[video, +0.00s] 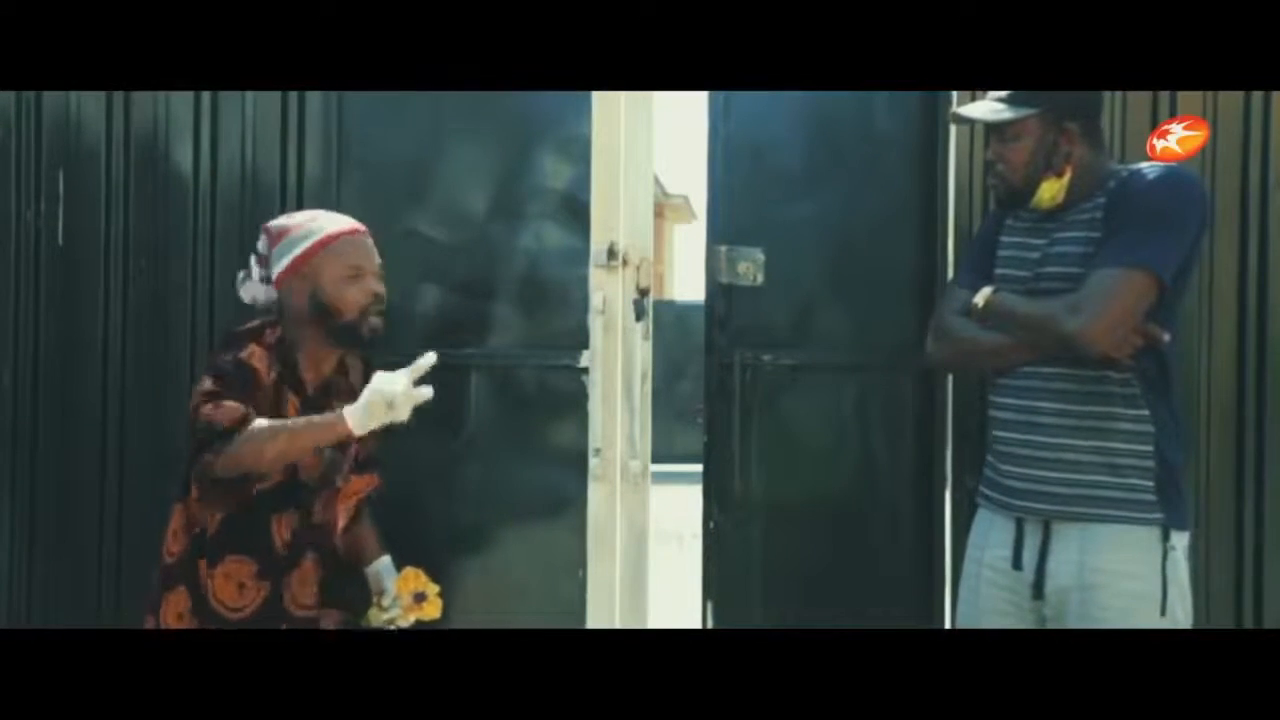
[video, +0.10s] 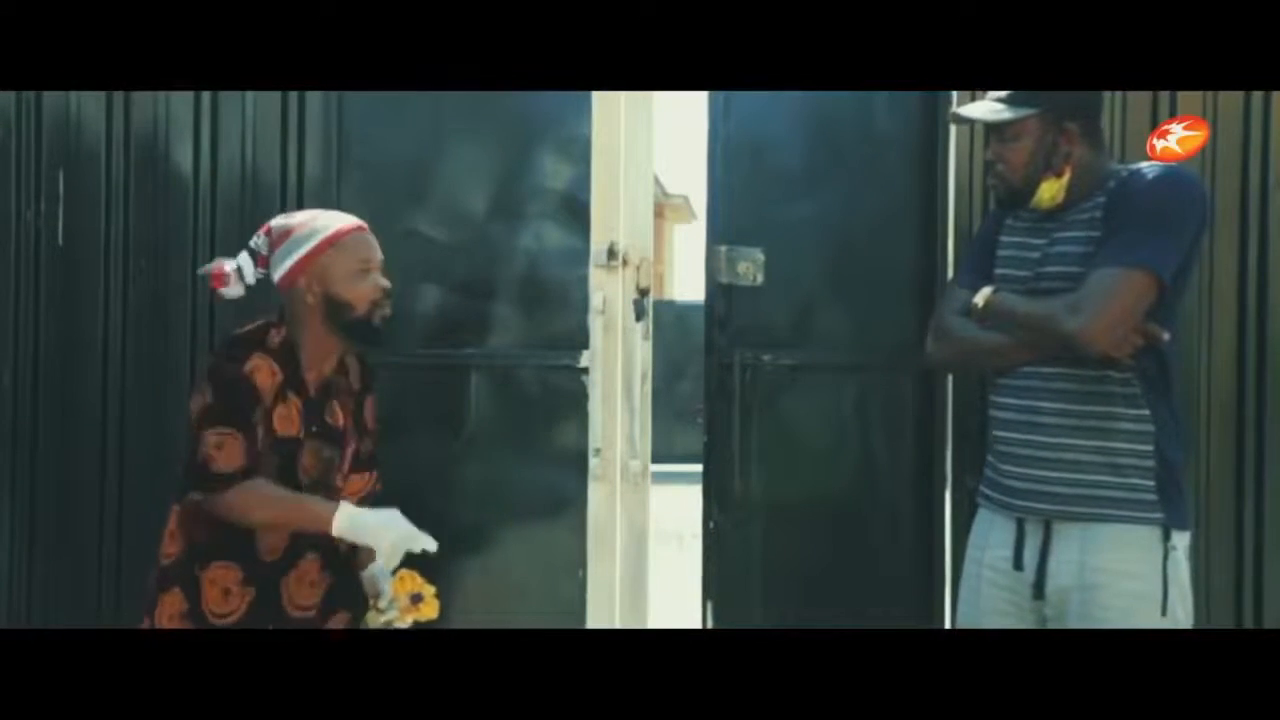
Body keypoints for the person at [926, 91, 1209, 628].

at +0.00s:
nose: (991, 154)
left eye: (1008, 138)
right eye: (990, 138)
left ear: (1067, 138)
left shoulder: (1163, 190)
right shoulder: (1005, 216)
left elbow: (1095, 329)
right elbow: (941, 342)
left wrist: (984, 300)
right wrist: (1071, 329)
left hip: (1120, 527)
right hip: (1002, 515)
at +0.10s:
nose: (990, 154)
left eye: (1007, 138)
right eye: (990, 138)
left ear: (1066, 138)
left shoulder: (1162, 190)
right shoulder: (1005, 216)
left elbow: (1095, 328)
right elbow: (940, 342)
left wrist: (984, 300)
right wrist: (1071, 331)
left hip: (1121, 527)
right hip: (1002, 515)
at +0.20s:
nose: (989, 154)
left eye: (1006, 138)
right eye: (989, 138)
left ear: (1066, 138)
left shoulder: (1162, 189)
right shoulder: (1004, 217)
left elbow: (1095, 328)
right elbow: (941, 343)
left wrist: (984, 300)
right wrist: (1072, 331)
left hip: (1121, 528)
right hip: (1003, 516)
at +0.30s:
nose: (989, 155)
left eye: (1006, 138)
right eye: (988, 139)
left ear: (1065, 139)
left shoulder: (1161, 190)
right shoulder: (1005, 216)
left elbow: (1095, 328)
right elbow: (941, 343)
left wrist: (984, 299)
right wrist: (1071, 331)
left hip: (1121, 528)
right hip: (1003, 516)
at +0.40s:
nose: (988, 155)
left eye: (1005, 139)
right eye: (988, 139)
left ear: (1064, 139)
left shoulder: (1160, 190)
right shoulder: (1005, 216)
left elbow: (1095, 328)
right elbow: (941, 343)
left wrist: (984, 300)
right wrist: (1071, 331)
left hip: (1121, 527)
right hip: (1003, 516)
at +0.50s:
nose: (987, 156)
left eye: (1004, 139)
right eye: (986, 139)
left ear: (1063, 140)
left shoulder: (1160, 189)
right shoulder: (1005, 215)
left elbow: (1093, 328)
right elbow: (941, 343)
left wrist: (983, 300)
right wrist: (1071, 331)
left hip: (1121, 528)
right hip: (1003, 516)